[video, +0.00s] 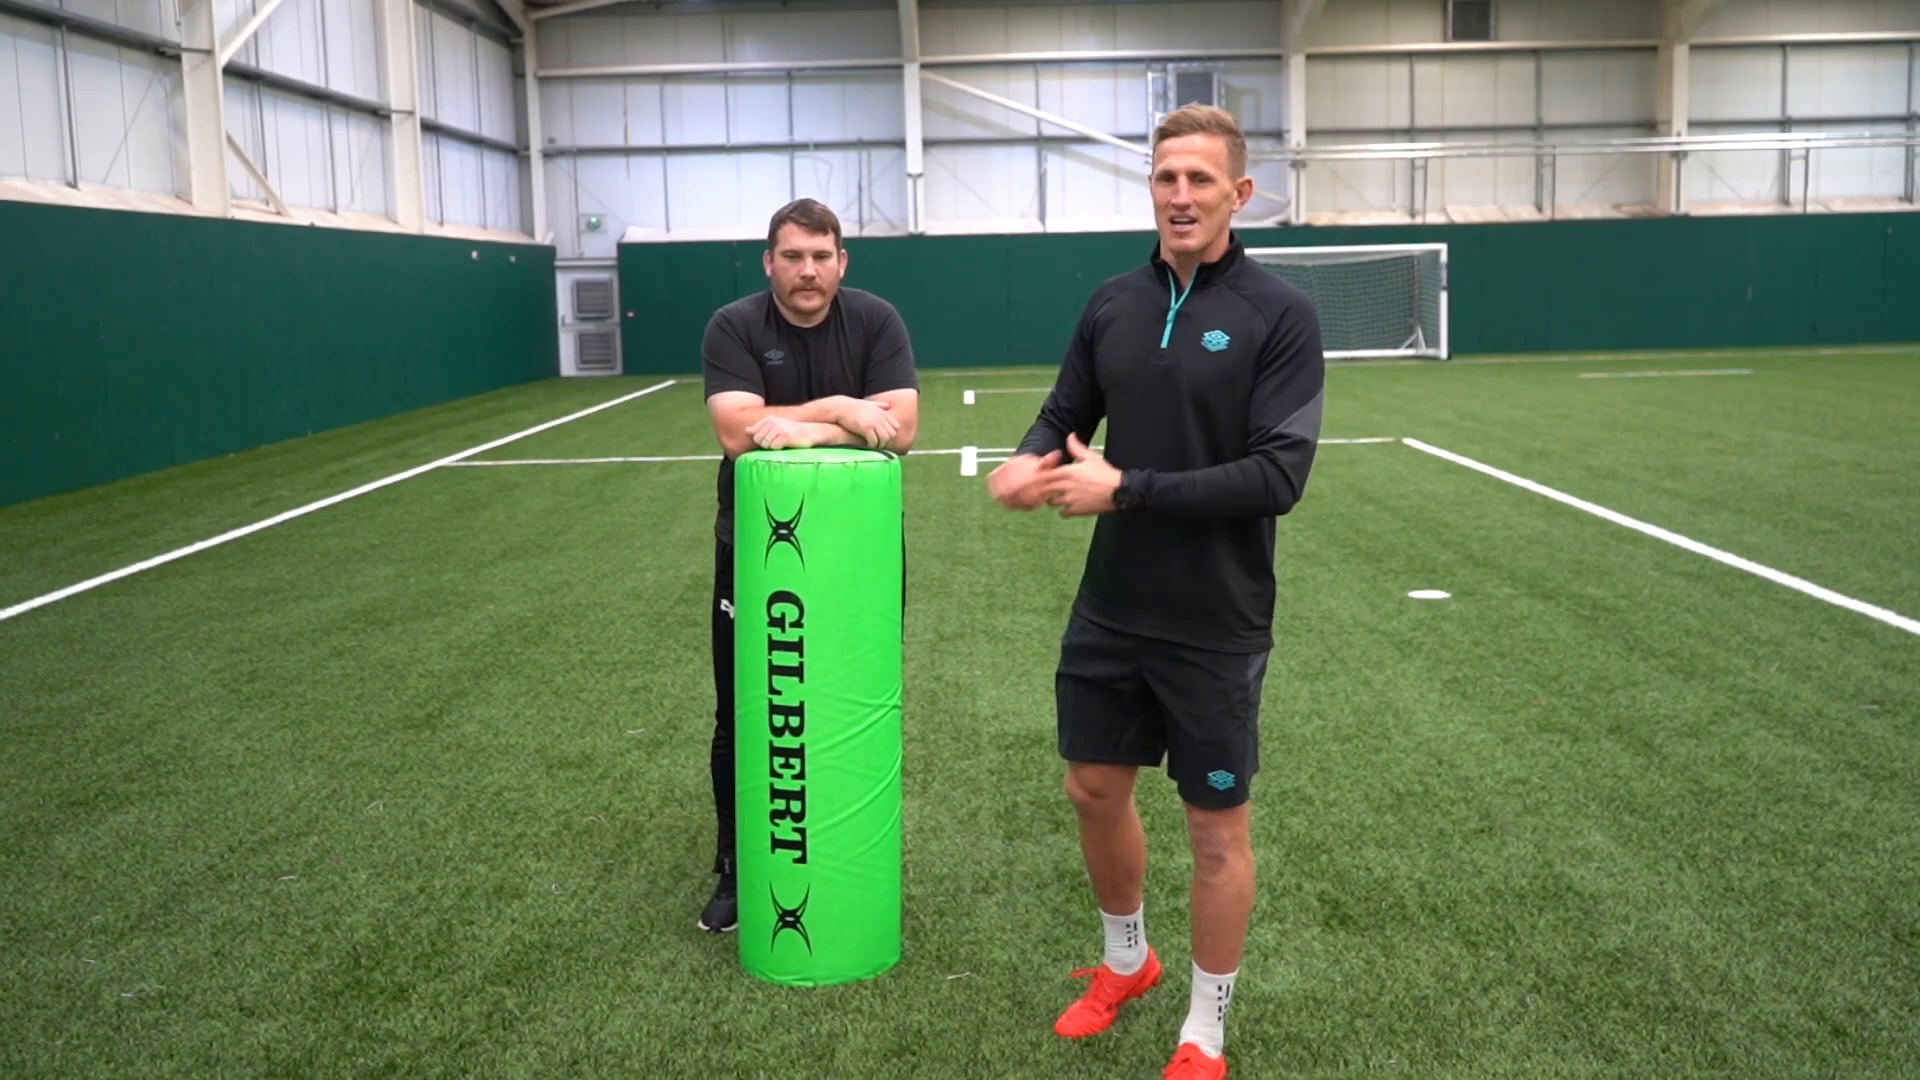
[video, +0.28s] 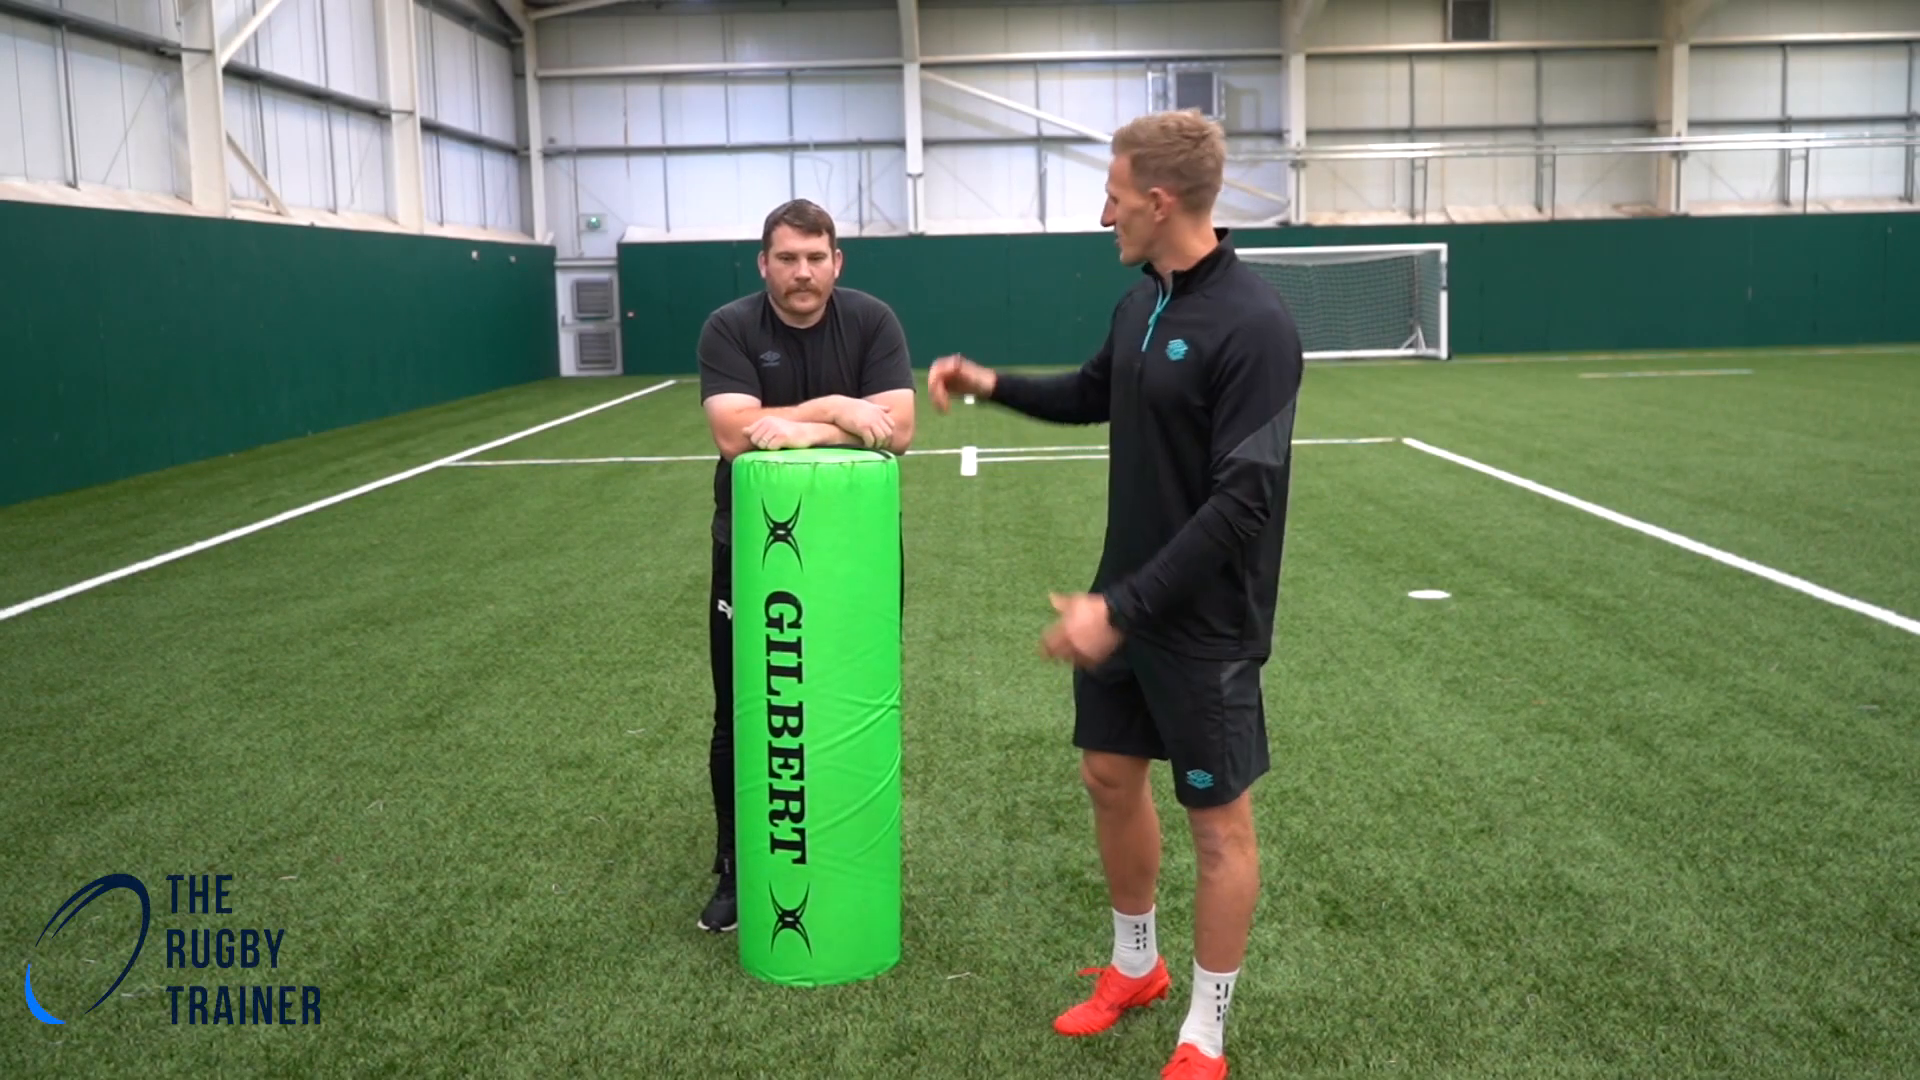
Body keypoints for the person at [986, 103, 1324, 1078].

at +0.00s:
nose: (1179, 196)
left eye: (1200, 179)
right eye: (1165, 178)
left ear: (1240, 194)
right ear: (1148, 190)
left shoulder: (1282, 315)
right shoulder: (1114, 304)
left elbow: (1280, 475)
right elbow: (1061, 423)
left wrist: (1123, 489)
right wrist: (1031, 465)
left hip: (1218, 617)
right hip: (1112, 602)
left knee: (1215, 826)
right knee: (1096, 788)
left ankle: (1206, 1033)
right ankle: (1128, 962)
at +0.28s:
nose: (1107, 211)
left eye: (1115, 195)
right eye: (1108, 193)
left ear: (1166, 201)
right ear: (1165, 199)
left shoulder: (1255, 325)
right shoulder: (1143, 294)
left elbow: (1243, 502)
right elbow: (1095, 396)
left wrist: (1120, 607)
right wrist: (994, 385)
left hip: (1209, 614)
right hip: (1122, 596)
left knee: (1219, 820)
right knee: (1111, 775)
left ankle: (1207, 1035)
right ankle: (1136, 966)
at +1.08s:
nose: (1110, 218)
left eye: (1125, 201)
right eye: (1096, 206)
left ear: (1164, 209)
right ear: (1082, 222)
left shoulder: (1230, 312)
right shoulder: (1078, 332)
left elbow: (1266, 453)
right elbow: (1045, 443)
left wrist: (1175, 549)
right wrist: (1024, 512)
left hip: (1220, 590)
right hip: (1124, 591)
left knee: (1221, 788)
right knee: (1162, 768)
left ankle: (1215, 1012)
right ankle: (1179, 962)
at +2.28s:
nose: (1203, 216)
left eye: (1219, 206)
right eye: (1205, 202)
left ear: (1270, 217)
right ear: (1226, 213)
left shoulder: (1324, 319)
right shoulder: (1183, 301)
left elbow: (1332, 457)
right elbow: (1145, 392)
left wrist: (1325, 582)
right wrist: (1112, 438)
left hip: (1274, 563)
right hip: (1180, 549)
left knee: (1277, 726)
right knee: (1154, 712)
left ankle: (1267, 892)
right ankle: (1151, 906)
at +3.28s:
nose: (1063, 221)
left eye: (1075, 210)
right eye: (1065, 208)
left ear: (1121, 217)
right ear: (1105, 216)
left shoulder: (1194, 302)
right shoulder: (1067, 314)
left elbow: (1228, 423)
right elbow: (1042, 428)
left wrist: (1212, 535)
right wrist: (997, 401)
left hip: (1176, 541)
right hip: (1094, 543)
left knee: (1198, 704)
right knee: (1119, 694)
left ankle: (1222, 888)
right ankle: (1132, 866)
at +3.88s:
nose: (1053, 226)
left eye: (1066, 215)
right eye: (1056, 213)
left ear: (1113, 223)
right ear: (1097, 222)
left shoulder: (1180, 304)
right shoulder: (1053, 320)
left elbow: (1204, 424)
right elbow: (1021, 432)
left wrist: (1098, 463)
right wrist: (1000, 388)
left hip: (1163, 547)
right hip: (1081, 547)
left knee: (1190, 709)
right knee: (1111, 694)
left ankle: (1219, 897)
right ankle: (1132, 867)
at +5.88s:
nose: (1071, 228)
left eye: (1084, 217)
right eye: (1072, 214)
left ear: (1131, 224)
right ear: (1100, 221)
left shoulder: (1192, 306)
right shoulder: (1063, 316)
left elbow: (1207, 423)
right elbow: (1026, 438)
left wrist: (1094, 412)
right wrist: (1024, 407)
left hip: (1173, 543)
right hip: (1089, 543)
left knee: (1199, 706)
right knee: (1112, 695)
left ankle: (1225, 895)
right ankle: (1134, 865)